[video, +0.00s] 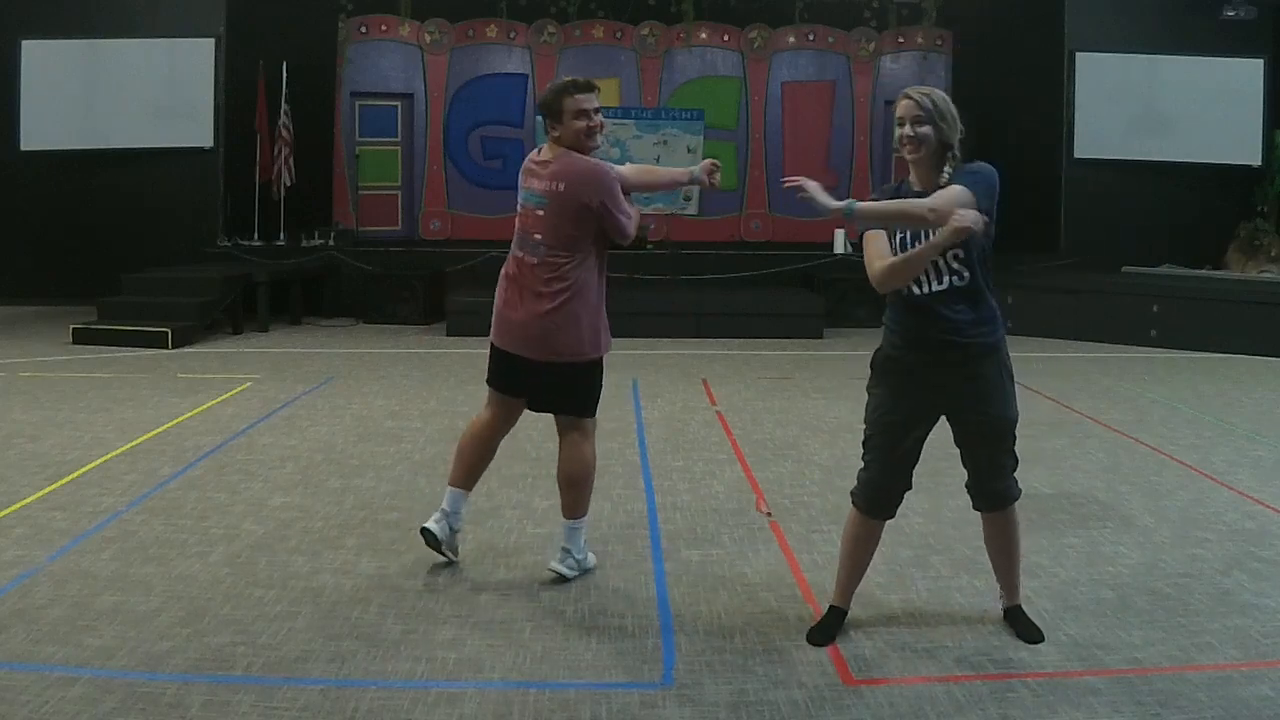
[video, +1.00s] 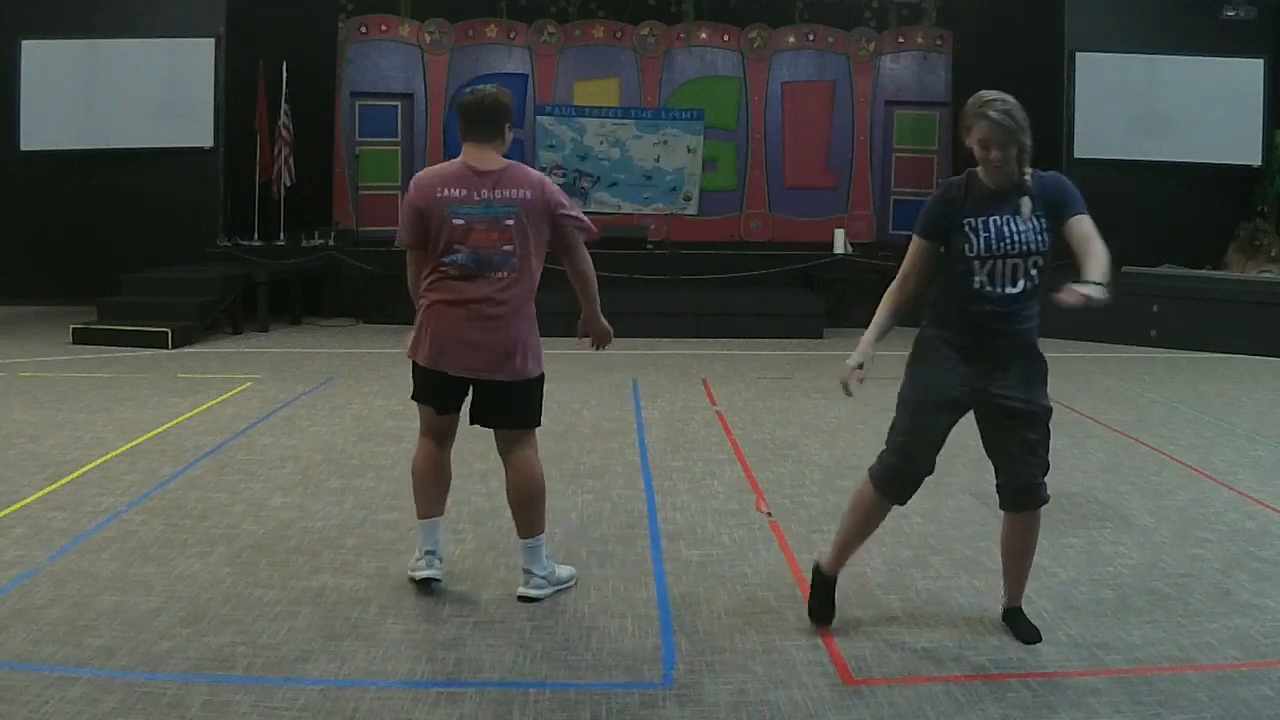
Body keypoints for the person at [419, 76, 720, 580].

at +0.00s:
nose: (595, 122)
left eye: (596, 113)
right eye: (582, 116)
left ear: (594, 116)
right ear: (556, 124)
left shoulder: (534, 162)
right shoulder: (595, 175)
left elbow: (621, 173)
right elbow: (628, 229)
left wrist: (692, 174)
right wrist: (629, 206)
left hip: (512, 322)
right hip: (572, 331)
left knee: (495, 414)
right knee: (576, 432)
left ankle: (446, 518)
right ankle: (573, 549)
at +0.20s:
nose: (577, 134)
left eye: (580, 125)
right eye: (564, 128)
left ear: (585, 128)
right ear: (537, 138)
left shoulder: (517, 175)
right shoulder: (576, 192)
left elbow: (612, 199)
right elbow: (608, 255)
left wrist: (682, 208)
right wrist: (617, 230)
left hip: (501, 337)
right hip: (560, 343)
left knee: (485, 437)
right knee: (575, 444)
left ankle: (439, 546)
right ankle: (569, 556)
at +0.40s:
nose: (549, 142)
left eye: (553, 134)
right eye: (537, 135)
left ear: (558, 138)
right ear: (511, 142)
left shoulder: (503, 187)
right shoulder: (525, 198)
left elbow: (571, 240)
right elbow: (555, 279)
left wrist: (629, 277)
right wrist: (599, 323)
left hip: (484, 348)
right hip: (541, 351)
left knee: (473, 449)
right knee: (566, 442)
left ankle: (434, 562)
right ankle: (569, 556)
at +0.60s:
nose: (541, 133)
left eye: (539, 124)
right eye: (531, 125)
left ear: (496, 135)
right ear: (499, 133)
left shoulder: (469, 179)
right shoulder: (504, 186)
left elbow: (473, 262)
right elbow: (503, 268)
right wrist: (520, 344)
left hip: (460, 340)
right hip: (515, 341)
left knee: (447, 448)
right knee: (546, 442)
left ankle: (425, 567)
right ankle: (563, 555)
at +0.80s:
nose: (528, 134)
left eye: (527, 126)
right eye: (526, 127)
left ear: (472, 129)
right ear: (514, 130)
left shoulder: (436, 182)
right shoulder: (525, 191)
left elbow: (420, 255)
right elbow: (540, 271)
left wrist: (415, 313)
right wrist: (562, 350)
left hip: (448, 348)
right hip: (515, 352)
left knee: (441, 450)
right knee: (532, 448)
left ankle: (424, 567)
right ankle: (538, 566)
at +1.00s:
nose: (509, 134)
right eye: (512, 128)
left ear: (459, 128)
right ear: (508, 131)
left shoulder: (425, 185)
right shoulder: (538, 188)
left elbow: (416, 268)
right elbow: (578, 260)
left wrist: (428, 321)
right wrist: (593, 314)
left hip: (440, 341)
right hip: (512, 346)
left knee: (434, 437)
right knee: (519, 447)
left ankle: (428, 555)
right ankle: (536, 568)